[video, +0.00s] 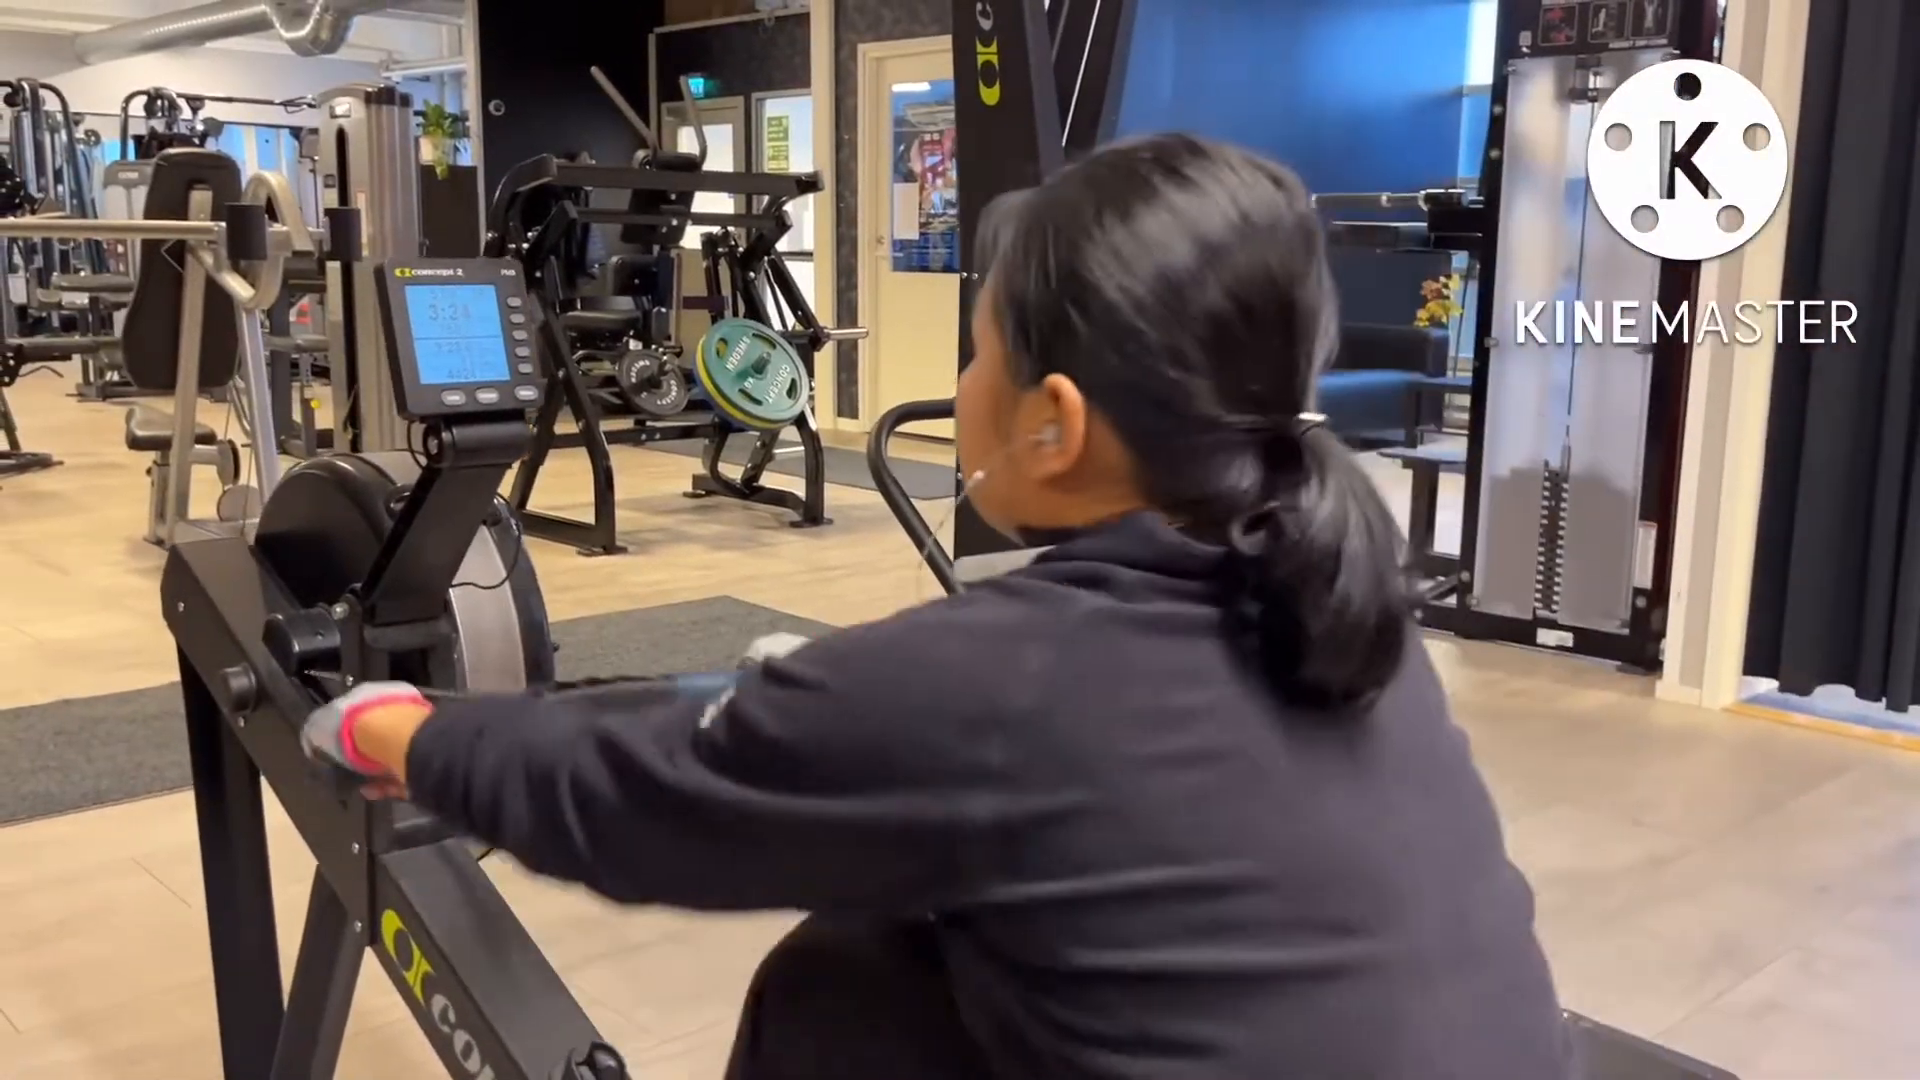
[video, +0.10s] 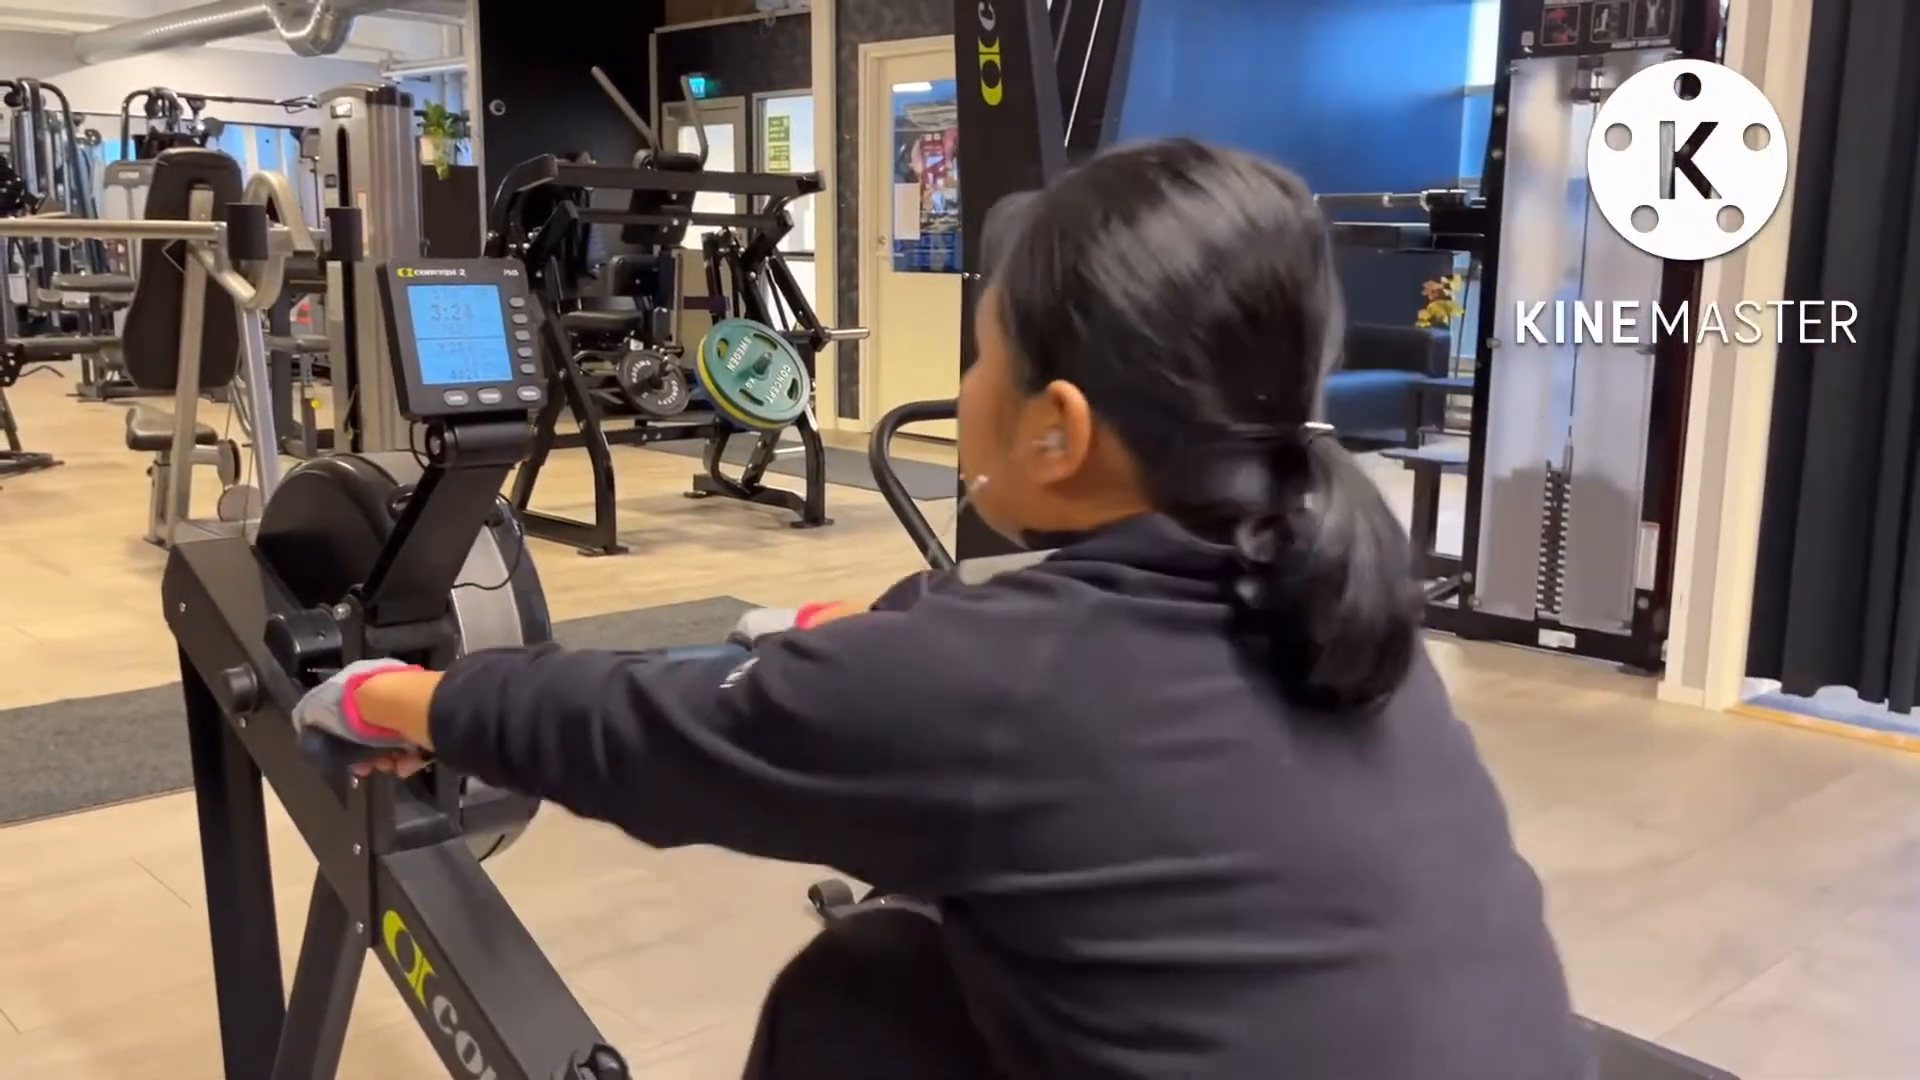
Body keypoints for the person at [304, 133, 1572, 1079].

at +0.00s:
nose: (957, 390)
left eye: (976, 355)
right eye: (976, 348)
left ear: (1061, 425)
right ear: (1264, 393)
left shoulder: (989, 678)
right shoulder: (1352, 586)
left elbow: (648, 783)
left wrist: (412, 736)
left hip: (1243, 1068)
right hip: (1509, 1046)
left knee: (833, 974)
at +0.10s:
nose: (961, 396)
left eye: (980, 361)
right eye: (978, 355)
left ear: (1066, 433)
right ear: (1268, 404)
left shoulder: (988, 673)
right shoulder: (1349, 575)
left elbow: (654, 727)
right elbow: (1137, 634)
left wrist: (414, 697)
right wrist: (903, 627)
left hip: (1270, 1070)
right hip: (1525, 1048)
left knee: (856, 977)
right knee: (906, 948)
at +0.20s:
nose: (1014, 392)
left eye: (1035, 357)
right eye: (1031, 350)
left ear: (1135, 433)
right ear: (1337, 399)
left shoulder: (1052, 691)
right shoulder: (1420, 593)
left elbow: (707, 742)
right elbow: (1197, 654)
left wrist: (456, 712)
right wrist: (952, 629)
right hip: (1608, 1045)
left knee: (895, 1001)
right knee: (948, 977)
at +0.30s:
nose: (1137, 390)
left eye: (1164, 356)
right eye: (1154, 348)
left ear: (1285, 428)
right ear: (1492, 393)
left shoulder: (1228, 746)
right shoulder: (1573, 623)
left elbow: (855, 829)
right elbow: (1309, 691)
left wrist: (567, 791)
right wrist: (1045, 698)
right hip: (1728, 1043)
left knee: (1007, 1010)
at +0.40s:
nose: (1314, 395)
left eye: (1346, 349)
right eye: (1332, 339)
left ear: (1494, 426)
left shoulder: (1340, 805)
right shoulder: (1817, 684)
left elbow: (948, 910)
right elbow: (1449, 739)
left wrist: (643, 878)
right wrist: (1132, 761)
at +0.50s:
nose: (1522, 392)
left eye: (1563, 336)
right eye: (1543, 332)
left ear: (1745, 431)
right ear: (1765, 436)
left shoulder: (1579, 849)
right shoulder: (1864, 734)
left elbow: (1126, 1011)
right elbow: (1529, 769)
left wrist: (729, 944)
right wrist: (1164, 781)